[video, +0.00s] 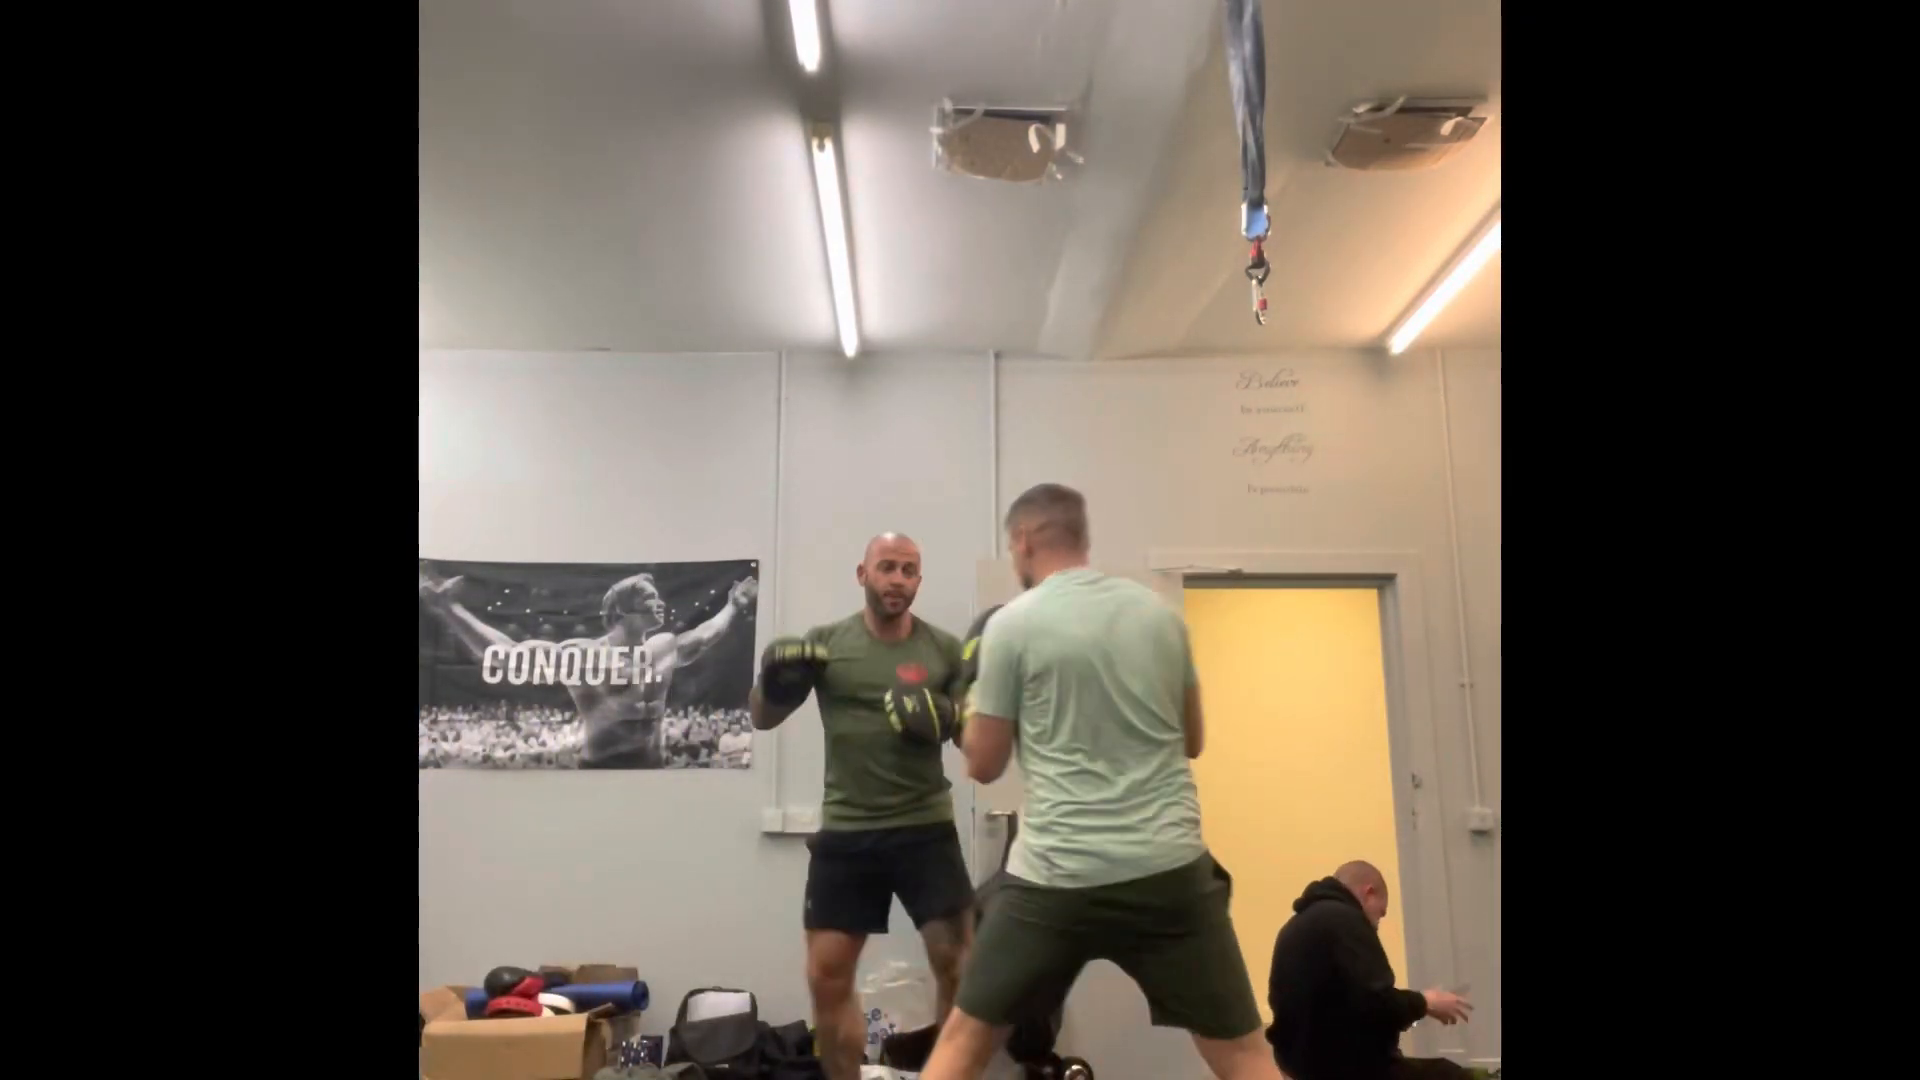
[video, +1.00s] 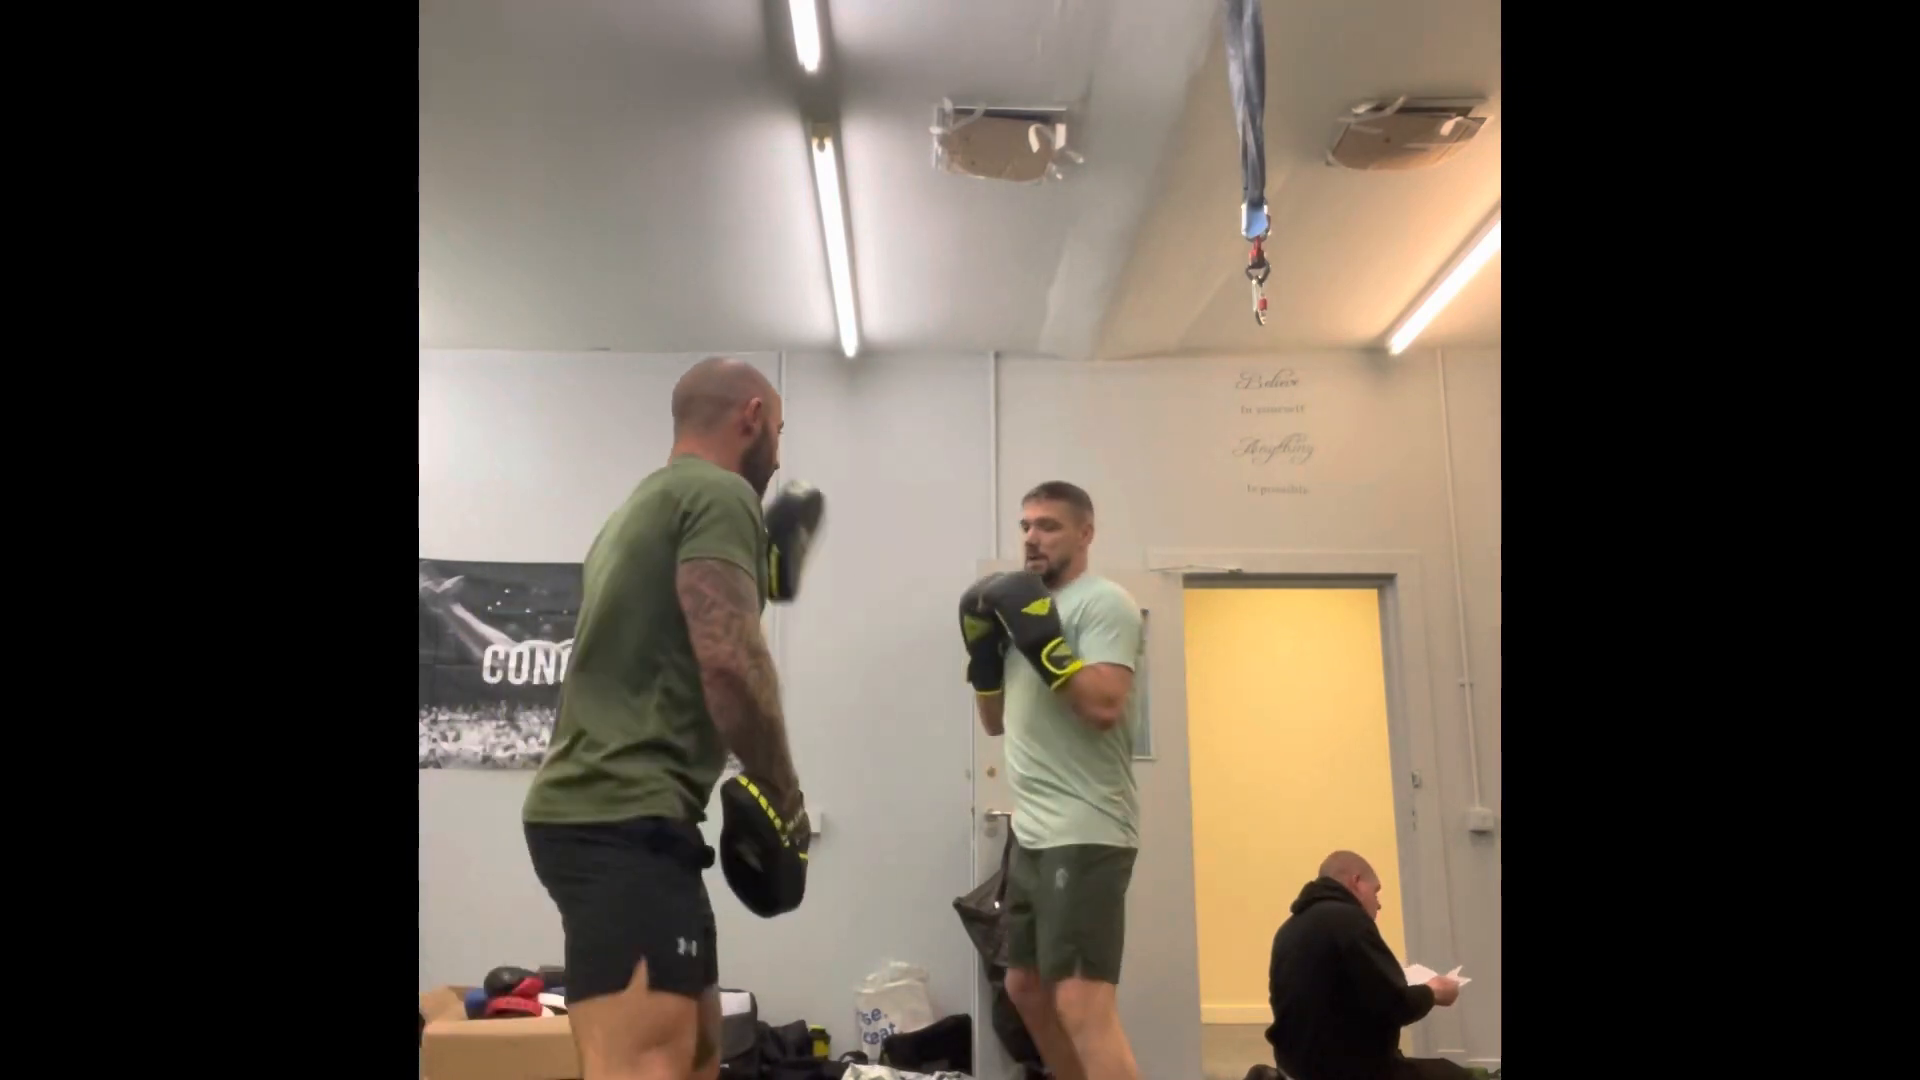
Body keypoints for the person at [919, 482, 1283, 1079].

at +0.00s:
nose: (1013, 561)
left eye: (1012, 548)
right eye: (1012, 549)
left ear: (1025, 542)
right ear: (1084, 540)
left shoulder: (1013, 625)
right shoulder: (1160, 613)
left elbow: (983, 763)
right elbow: (1190, 741)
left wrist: (979, 695)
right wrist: (1111, 713)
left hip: (1055, 873)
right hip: (1171, 869)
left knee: (966, 1040)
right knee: (1243, 1054)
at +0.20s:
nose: (1120, 531)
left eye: (1120, 517)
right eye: (1119, 517)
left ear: (1140, 512)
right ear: (1190, 514)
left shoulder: (1123, 589)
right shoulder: (1256, 592)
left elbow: (1078, 717)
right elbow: (1232, 693)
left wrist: (1078, 646)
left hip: (1144, 843)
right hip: (1251, 837)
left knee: (1083, 1013)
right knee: (1295, 1039)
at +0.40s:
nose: (1050, 550)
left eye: (1053, 533)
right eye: (1047, 536)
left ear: (1089, 522)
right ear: (1101, 523)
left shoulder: (1089, 593)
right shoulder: (1173, 585)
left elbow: (1055, 711)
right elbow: (1139, 689)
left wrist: (1021, 656)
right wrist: (1067, 629)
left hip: (1124, 832)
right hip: (1204, 821)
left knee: (1086, 1012)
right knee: (1186, 979)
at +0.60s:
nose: (1061, 545)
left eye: (1072, 531)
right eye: (1057, 533)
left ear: (1114, 527)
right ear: (1061, 534)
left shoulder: (1140, 594)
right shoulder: (1104, 604)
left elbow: (1141, 701)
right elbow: (1115, 700)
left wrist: (1072, 655)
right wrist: (1063, 655)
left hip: (1144, 807)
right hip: (1131, 805)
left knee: (1104, 976)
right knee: (1146, 974)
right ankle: (1203, 1074)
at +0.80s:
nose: (1066, 554)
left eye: (1080, 541)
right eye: (1061, 543)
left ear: (1118, 545)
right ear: (1058, 548)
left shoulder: (1145, 609)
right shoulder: (1077, 619)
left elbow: (1155, 712)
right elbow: (1055, 722)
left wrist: (1079, 659)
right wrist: (1031, 657)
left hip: (1128, 809)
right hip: (1088, 811)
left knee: (1072, 966)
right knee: (1118, 983)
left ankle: (1111, 1079)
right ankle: (1167, 1079)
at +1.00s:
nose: (1033, 538)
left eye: (1049, 526)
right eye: (1027, 527)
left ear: (1086, 535)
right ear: (1021, 534)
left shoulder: (1106, 602)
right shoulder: (1025, 611)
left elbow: (1103, 704)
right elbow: (994, 722)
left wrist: (1039, 635)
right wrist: (982, 647)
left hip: (1089, 827)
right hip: (1032, 826)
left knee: (1083, 1002)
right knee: (1026, 988)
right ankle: (1077, 1079)